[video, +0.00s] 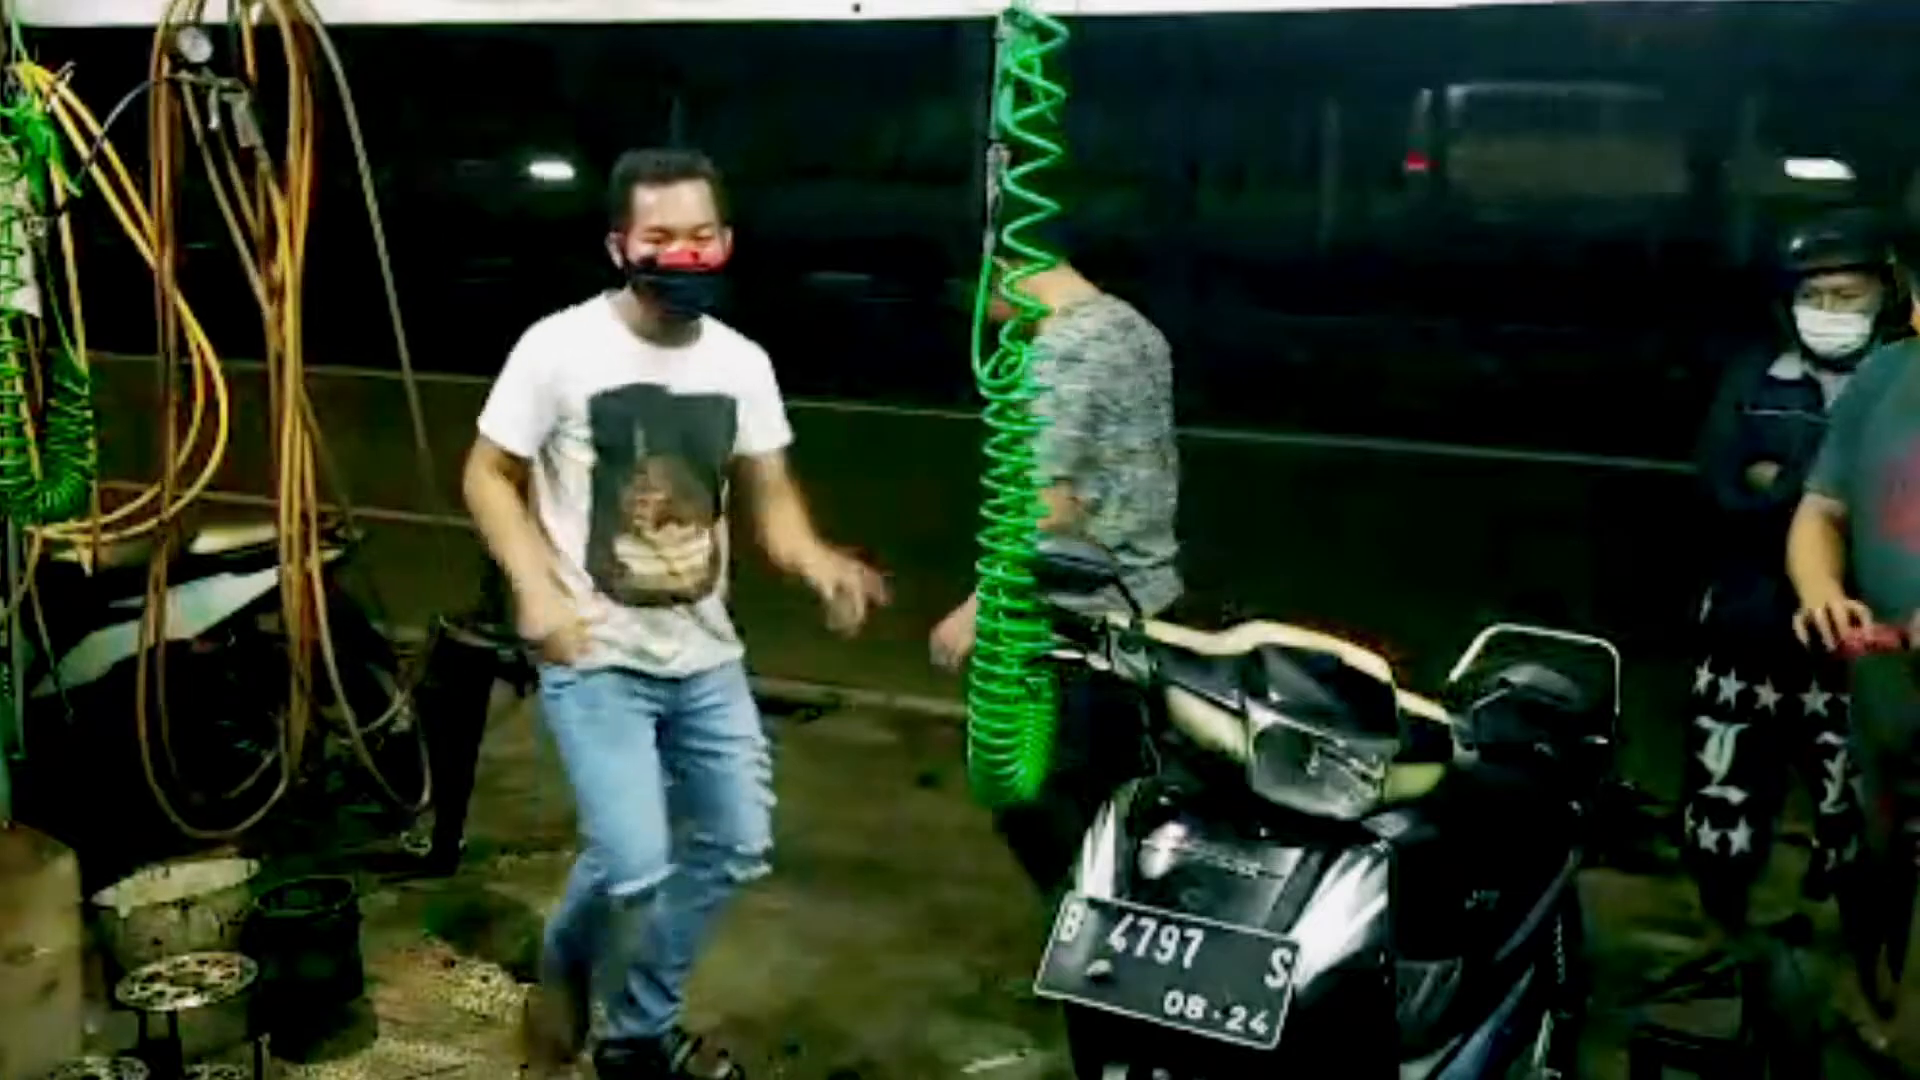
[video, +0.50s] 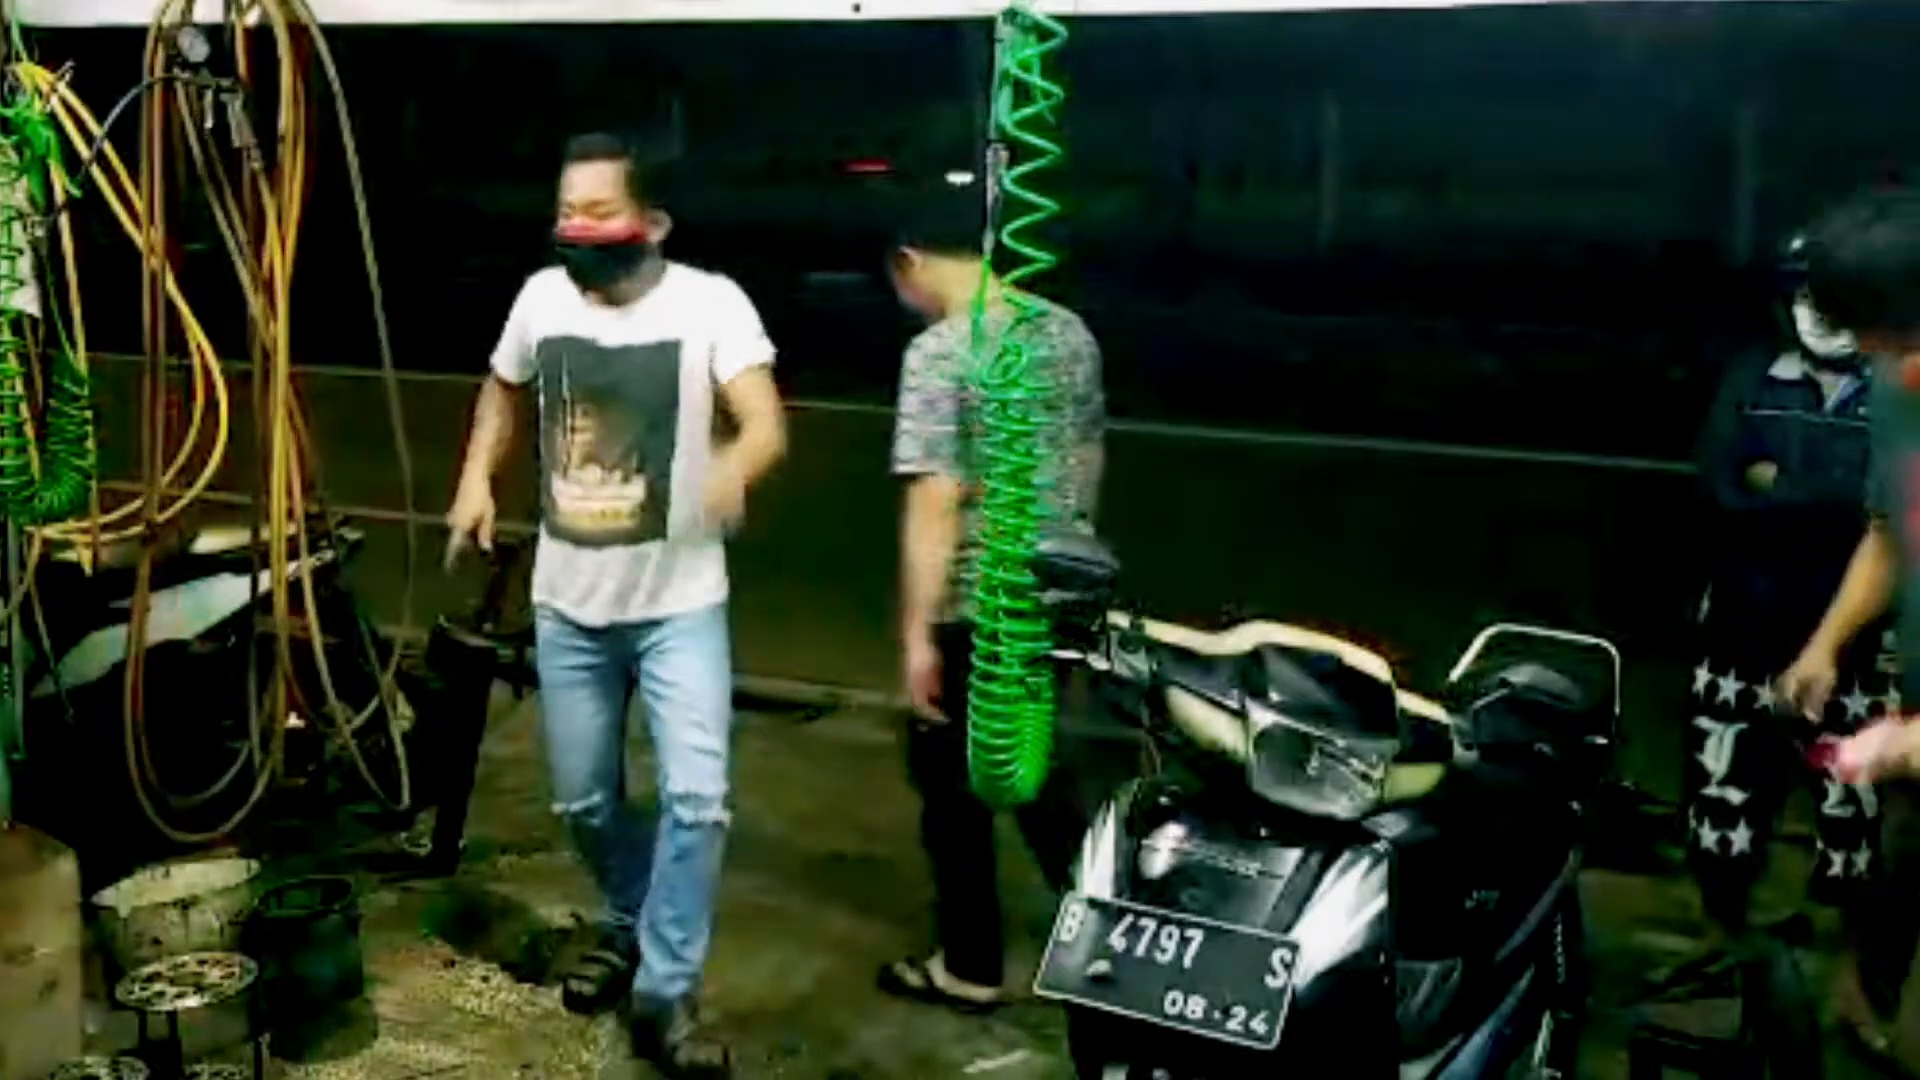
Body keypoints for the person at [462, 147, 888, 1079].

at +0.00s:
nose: (681, 258)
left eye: (698, 237)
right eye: (660, 238)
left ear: (722, 240)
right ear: (621, 242)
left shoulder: (741, 363)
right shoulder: (556, 350)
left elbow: (773, 501)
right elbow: (487, 474)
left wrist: (818, 561)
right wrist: (536, 588)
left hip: (705, 655)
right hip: (593, 655)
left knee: (732, 847)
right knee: (632, 862)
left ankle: (639, 1034)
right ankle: (560, 967)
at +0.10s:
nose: (675, 249)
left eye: (690, 228)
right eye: (654, 232)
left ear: (712, 233)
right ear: (612, 237)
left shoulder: (749, 356)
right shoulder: (547, 336)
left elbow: (802, 484)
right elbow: (483, 446)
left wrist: (809, 471)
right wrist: (494, 564)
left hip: (707, 653)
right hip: (586, 656)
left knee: (734, 845)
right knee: (592, 872)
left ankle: (641, 1032)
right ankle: (597, 930)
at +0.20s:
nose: (662, 241)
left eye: (678, 221)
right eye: (642, 223)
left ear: (702, 227)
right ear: (605, 228)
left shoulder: (746, 344)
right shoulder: (548, 324)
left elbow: (816, 464)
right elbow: (490, 429)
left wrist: (798, 427)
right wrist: (480, 546)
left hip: (700, 643)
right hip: (579, 642)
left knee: (722, 839)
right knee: (586, 850)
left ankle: (640, 1033)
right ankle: (622, 935)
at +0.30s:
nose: (645, 234)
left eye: (662, 216)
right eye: (625, 218)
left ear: (689, 220)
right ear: (594, 224)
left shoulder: (730, 327)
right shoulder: (549, 313)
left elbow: (812, 448)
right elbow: (498, 411)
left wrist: (772, 394)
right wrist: (469, 516)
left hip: (689, 627)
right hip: (573, 624)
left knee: (702, 833)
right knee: (593, 827)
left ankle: (642, 1031)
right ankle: (632, 927)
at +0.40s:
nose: (605, 227)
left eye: (625, 211)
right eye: (590, 210)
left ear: (669, 214)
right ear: (573, 211)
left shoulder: (716, 304)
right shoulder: (546, 296)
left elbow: (786, 415)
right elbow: (499, 390)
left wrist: (737, 411)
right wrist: (468, 475)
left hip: (683, 607)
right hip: (570, 607)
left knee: (694, 810)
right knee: (585, 805)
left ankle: (657, 1012)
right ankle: (628, 922)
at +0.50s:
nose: (578, 231)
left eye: (598, 215)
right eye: (569, 214)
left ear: (650, 219)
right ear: (559, 215)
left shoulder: (710, 304)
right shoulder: (543, 297)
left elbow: (766, 426)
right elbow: (501, 393)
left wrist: (731, 471)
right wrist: (475, 477)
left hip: (683, 602)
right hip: (570, 603)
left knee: (697, 795)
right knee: (582, 799)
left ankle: (665, 997)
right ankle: (630, 923)